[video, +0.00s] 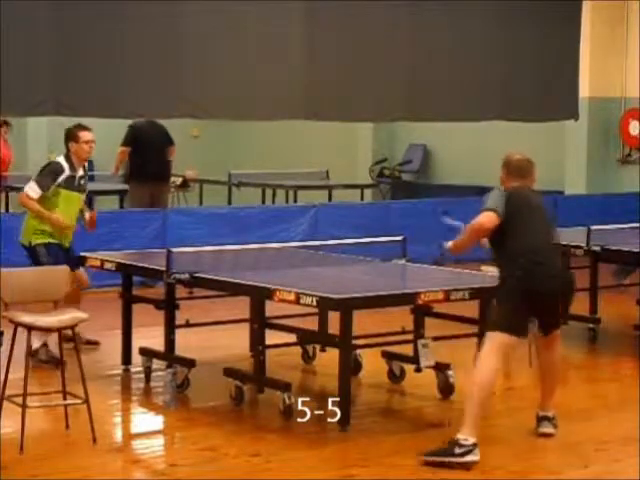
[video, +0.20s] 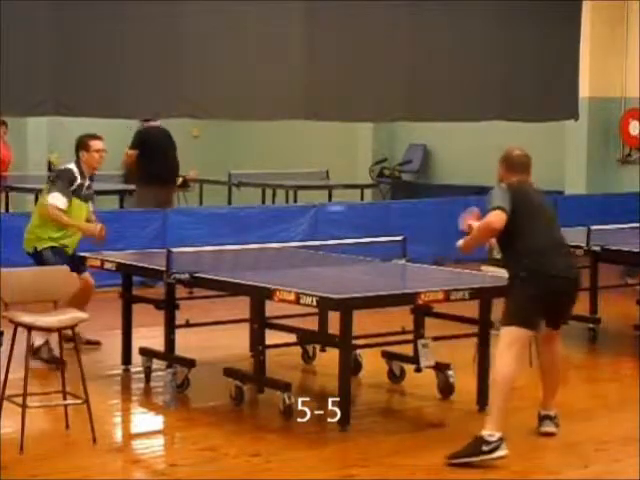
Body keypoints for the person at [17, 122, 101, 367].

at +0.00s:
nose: (91, 148)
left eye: (92, 143)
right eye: (86, 143)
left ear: (90, 146)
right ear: (72, 145)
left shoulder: (83, 171)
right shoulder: (56, 167)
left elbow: (80, 201)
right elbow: (26, 197)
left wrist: (87, 214)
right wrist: (50, 216)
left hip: (63, 238)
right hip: (40, 237)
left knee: (80, 281)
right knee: (54, 287)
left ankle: (68, 328)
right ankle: (38, 344)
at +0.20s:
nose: (101, 157)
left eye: (103, 152)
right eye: (97, 152)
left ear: (98, 156)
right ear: (82, 154)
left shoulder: (87, 182)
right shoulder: (67, 174)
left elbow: (88, 215)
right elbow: (50, 210)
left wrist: (96, 226)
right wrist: (84, 227)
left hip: (64, 244)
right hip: (43, 243)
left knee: (87, 284)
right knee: (64, 286)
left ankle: (68, 329)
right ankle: (40, 342)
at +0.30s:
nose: (102, 154)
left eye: (104, 149)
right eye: (98, 149)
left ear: (88, 151)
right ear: (84, 149)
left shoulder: (76, 169)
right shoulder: (77, 168)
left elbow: (75, 207)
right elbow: (75, 203)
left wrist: (92, 226)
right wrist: (104, 226)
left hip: (56, 237)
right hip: (42, 238)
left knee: (73, 281)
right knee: (60, 288)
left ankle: (67, 328)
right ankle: (40, 347)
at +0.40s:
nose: (102, 160)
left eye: (103, 155)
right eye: (98, 154)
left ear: (80, 155)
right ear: (83, 153)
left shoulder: (62, 170)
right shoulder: (81, 171)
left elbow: (52, 211)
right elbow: (94, 205)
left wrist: (78, 229)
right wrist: (128, 227)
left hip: (36, 239)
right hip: (49, 244)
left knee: (63, 290)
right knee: (74, 292)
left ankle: (54, 338)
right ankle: (48, 346)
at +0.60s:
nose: (106, 177)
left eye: (107, 172)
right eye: (103, 171)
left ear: (83, 171)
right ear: (88, 169)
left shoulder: (60, 185)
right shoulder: (90, 185)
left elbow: (31, 217)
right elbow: (107, 193)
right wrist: (129, 202)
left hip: (28, 250)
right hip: (52, 255)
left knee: (59, 300)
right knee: (80, 303)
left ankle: (42, 347)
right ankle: (48, 350)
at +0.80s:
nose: (107, 147)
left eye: (109, 142)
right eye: (104, 142)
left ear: (100, 142)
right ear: (89, 139)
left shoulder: (91, 166)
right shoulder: (69, 154)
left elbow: (110, 186)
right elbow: (49, 153)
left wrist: (132, 173)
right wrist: (44, 153)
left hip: (75, 233)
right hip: (55, 232)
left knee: (83, 281)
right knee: (64, 285)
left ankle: (65, 328)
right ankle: (50, 344)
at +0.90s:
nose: (104, 139)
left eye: (105, 135)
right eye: (100, 135)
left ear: (104, 136)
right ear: (84, 136)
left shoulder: (103, 157)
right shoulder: (64, 153)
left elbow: (135, 153)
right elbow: (26, 155)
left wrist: (124, 119)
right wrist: (6, 159)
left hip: (85, 228)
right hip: (60, 229)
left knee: (106, 283)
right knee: (59, 290)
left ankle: (100, 333)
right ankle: (39, 346)